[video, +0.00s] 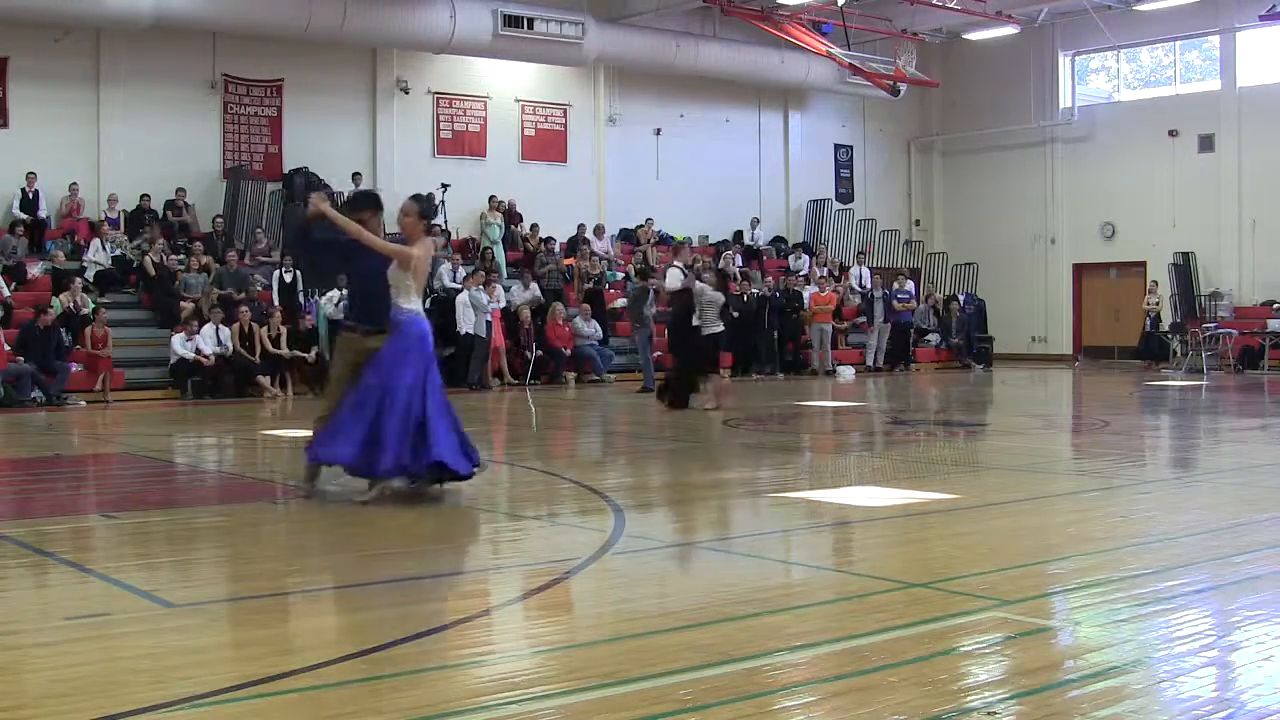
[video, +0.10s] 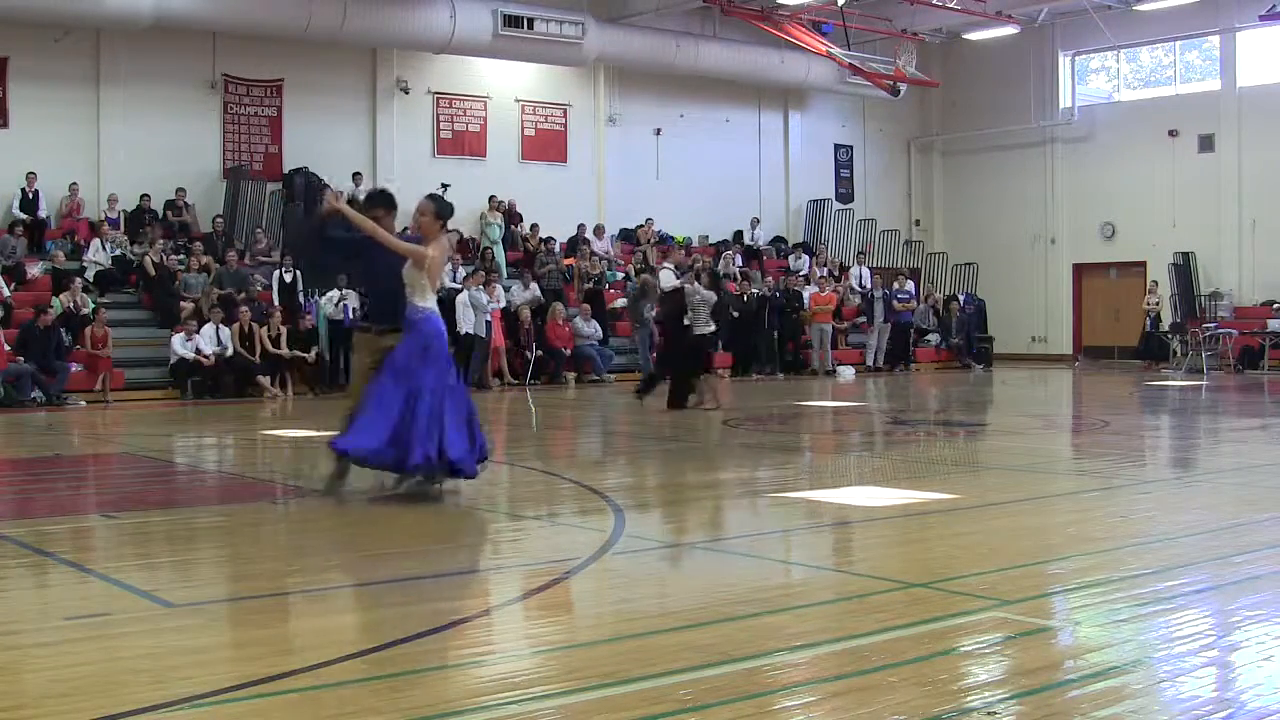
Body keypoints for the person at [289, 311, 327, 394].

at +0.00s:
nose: (311, 323)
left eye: (311, 320)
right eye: (309, 320)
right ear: (301, 322)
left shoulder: (313, 331)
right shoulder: (292, 331)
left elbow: (314, 345)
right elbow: (292, 350)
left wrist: (312, 353)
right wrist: (305, 355)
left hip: (310, 355)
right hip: (298, 356)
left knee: (321, 362)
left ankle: (321, 385)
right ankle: (312, 387)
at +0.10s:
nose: (311, 323)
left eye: (311, 320)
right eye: (308, 320)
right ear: (301, 321)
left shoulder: (313, 331)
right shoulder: (292, 331)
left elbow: (314, 345)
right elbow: (292, 350)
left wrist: (312, 353)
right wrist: (305, 355)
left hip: (309, 355)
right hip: (298, 356)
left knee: (319, 360)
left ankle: (319, 385)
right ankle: (311, 388)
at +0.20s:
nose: (311, 323)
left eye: (311, 320)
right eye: (308, 320)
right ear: (300, 321)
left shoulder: (312, 331)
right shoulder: (292, 331)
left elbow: (314, 345)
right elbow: (292, 350)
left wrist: (312, 354)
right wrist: (305, 355)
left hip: (308, 356)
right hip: (297, 357)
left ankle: (316, 386)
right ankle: (311, 388)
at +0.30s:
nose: (310, 323)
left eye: (311, 320)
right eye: (308, 321)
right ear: (301, 322)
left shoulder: (313, 330)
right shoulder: (292, 331)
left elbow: (315, 345)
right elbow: (292, 349)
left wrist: (312, 353)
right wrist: (304, 355)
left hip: (310, 354)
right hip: (298, 355)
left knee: (321, 361)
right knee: (302, 363)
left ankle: (321, 386)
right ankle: (313, 387)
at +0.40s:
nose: (310, 323)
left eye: (311, 320)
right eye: (308, 321)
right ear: (301, 322)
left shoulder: (313, 330)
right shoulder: (292, 331)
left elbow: (315, 345)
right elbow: (292, 349)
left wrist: (312, 353)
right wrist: (304, 355)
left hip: (310, 354)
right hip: (298, 355)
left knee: (321, 361)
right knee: (302, 364)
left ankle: (321, 386)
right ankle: (314, 387)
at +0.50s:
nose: (310, 323)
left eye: (311, 320)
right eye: (308, 321)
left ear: (312, 321)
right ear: (301, 322)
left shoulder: (313, 330)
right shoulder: (292, 331)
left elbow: (315, 345)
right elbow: (292, 349)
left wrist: (312, 354)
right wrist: (304, 355)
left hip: (310, 354)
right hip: (298, 355)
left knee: (321, 360)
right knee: (302, 363)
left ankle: (320, 386)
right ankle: (314, 387)